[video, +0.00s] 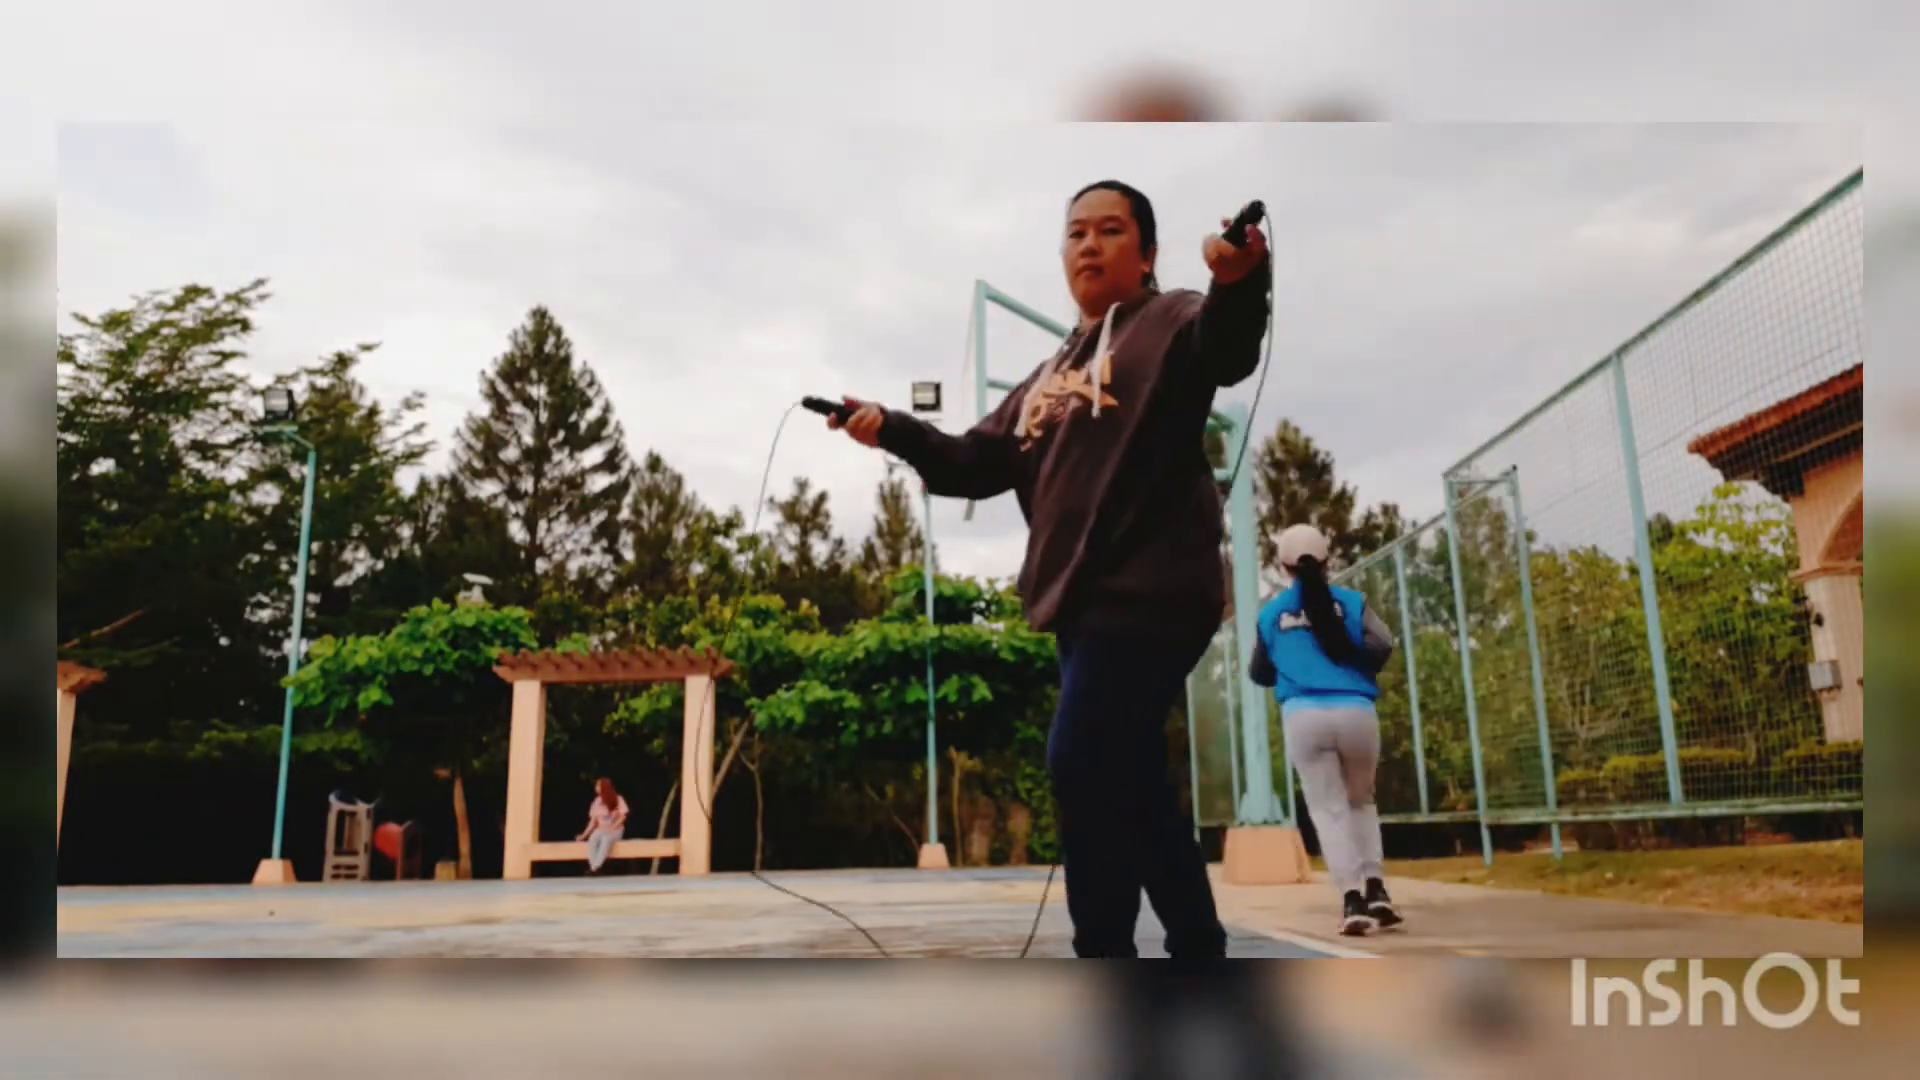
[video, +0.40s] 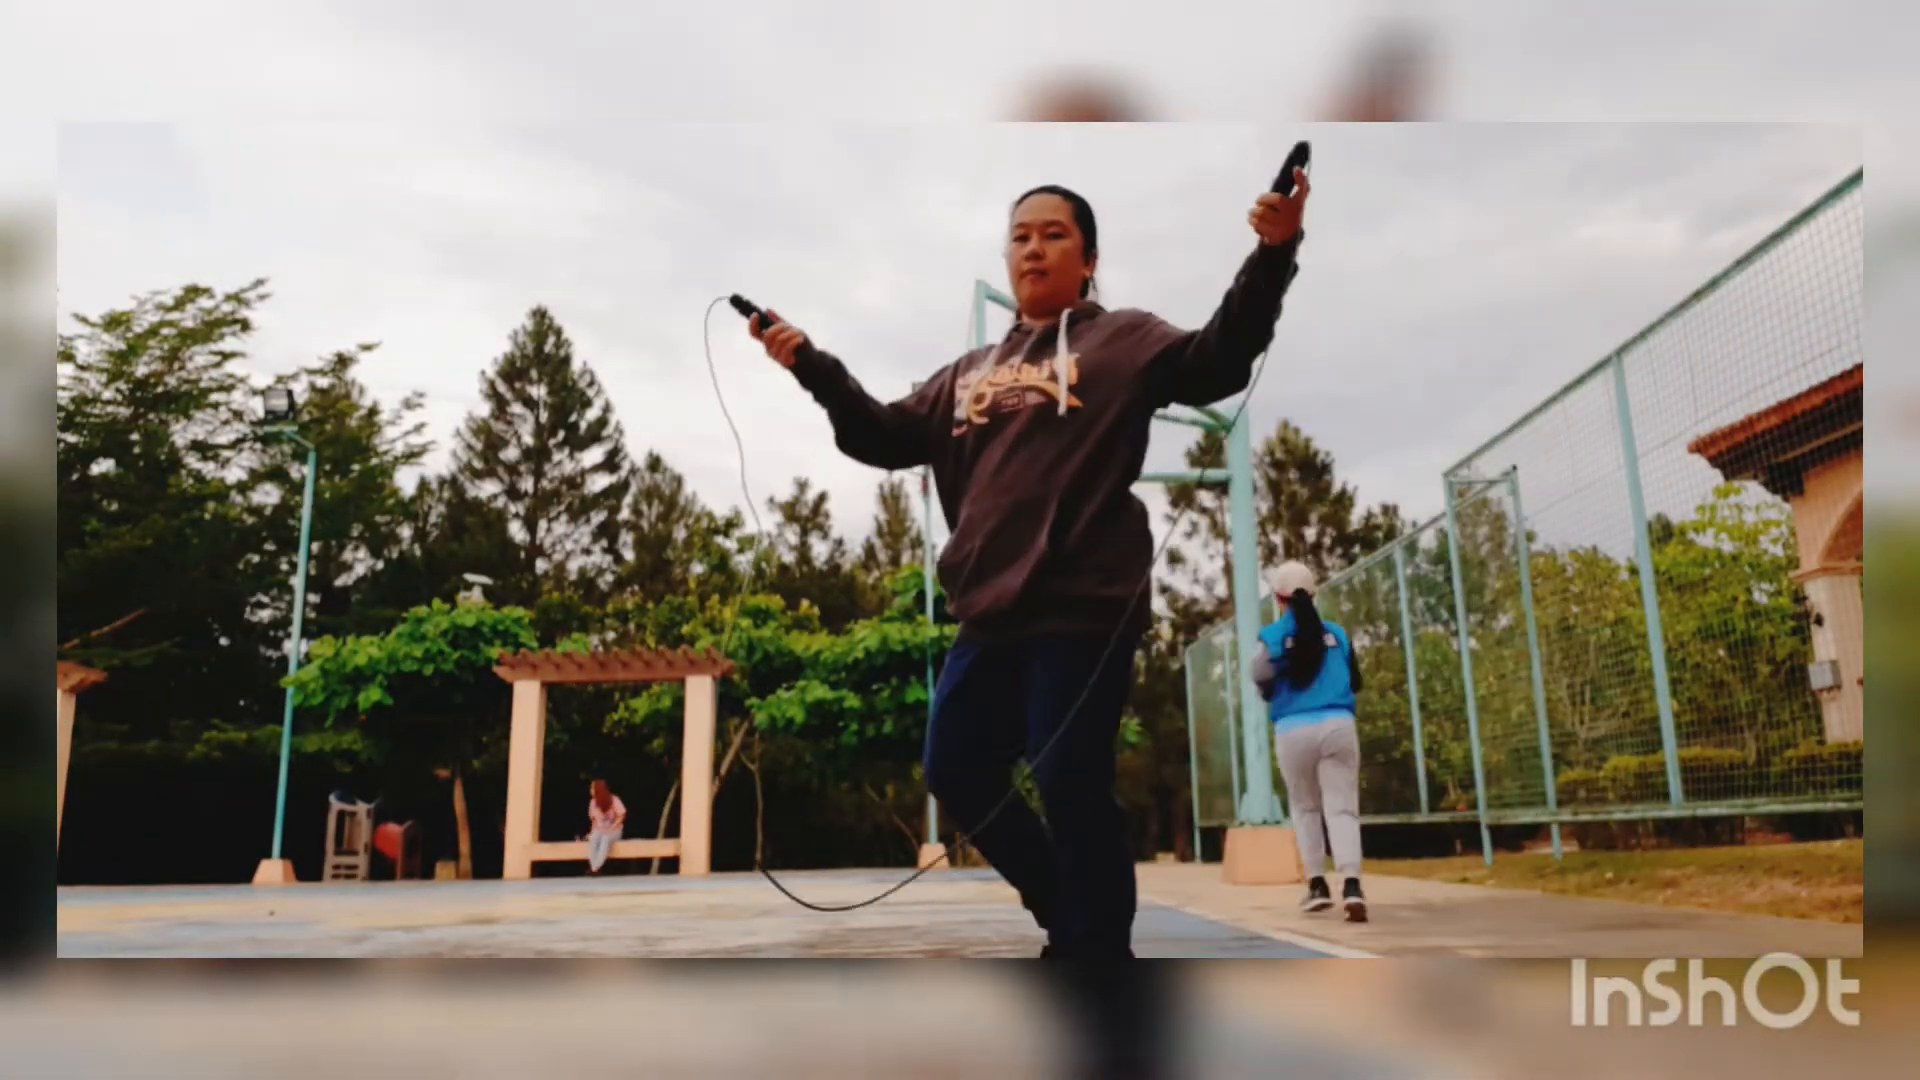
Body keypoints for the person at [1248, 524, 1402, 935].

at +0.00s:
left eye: (1283, 560)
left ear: (1283, 564)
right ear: (1326, 559)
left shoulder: (1271, 613)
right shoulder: (1351, 601)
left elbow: (1259, 672)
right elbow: (1382, 642)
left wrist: (1291, 670)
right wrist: (1362, 669)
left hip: (1304, 718)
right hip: (1356, 713)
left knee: (1328, 809)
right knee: (1363, 802)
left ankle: (1352, 899)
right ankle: (1374, 884)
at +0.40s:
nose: (1275, 600)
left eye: (1275, 596)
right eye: (1277, 595)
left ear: (1279, 598)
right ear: (1312, 595)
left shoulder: (1272, 635)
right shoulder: (1336, 632)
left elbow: (1261, 675)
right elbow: (1353, 679)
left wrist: (1273, 691)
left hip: (1293, 727)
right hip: (1338, 721)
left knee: (1305, 808)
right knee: (1344, 808)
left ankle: (1317, 883)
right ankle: (1352, 884)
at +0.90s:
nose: (1238, 641)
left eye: (1238, 638)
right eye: (1243, 637)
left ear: (1241, 641)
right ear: (1268, 637)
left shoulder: (1231, 676)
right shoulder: (1290, 670)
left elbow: (1220, 719)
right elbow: (1317, 705)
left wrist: (1242, 703)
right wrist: (1288, 701)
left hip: (1259, 750)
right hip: (1295, 745)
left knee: (1270, 818)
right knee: (1295, 817)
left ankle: (1289, 856)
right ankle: (1303, 875)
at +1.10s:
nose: (1216, 647)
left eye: (1217, 642)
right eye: (1217, 642)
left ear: (1222, 644)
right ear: (1244, 642)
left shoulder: (1220, 675)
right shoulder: (1265, 674)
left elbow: (1213, 710)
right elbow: (1275, 711)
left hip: (1239, 750)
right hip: (1273, 744)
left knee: (1244, 817)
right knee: (1282, 816)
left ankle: (1262, 873)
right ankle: (1301, 870)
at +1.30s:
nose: (1185, 662)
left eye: (1187, 658)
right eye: (1186, 657)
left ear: (1194, 660)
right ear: (1211, 659)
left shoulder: (1189, 690)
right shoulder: (1230, 683)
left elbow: (1187, 725)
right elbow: (1246, 718)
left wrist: (1176, 736)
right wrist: (1234, 737)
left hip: (1209, 763)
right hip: (1240, 759)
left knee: (1216, 824)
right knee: (1246, 820)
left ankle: (1241, 877)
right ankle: (1273, 852)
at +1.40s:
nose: (1165, 664)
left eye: (1167, 660)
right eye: (1165, 659)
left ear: (1174, 662)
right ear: (1191, 660)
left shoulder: (1165, 691)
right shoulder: (1206, 685)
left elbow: (1156, 728)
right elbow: (1231, 719)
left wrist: (1162, 745)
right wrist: (1212, 735)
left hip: (1188, 759)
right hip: (1218, 755)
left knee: (1207, 818)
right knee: (1211, 816)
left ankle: (1236, 872)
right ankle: (1231, 869)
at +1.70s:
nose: (1120, 679)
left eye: (1123, 675)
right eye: (1120, 674)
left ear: (1131, 677)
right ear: (1144, 677)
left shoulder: (1122, 704)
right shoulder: (1160, 699)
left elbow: (1117, 739)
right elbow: (1173, 727)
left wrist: (1121, 752)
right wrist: (1165, 747)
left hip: (1145, 769)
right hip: (1171, 764)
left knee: (1147, 827)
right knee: (1166, 824)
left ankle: (1183, 852)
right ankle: (1182, 870)